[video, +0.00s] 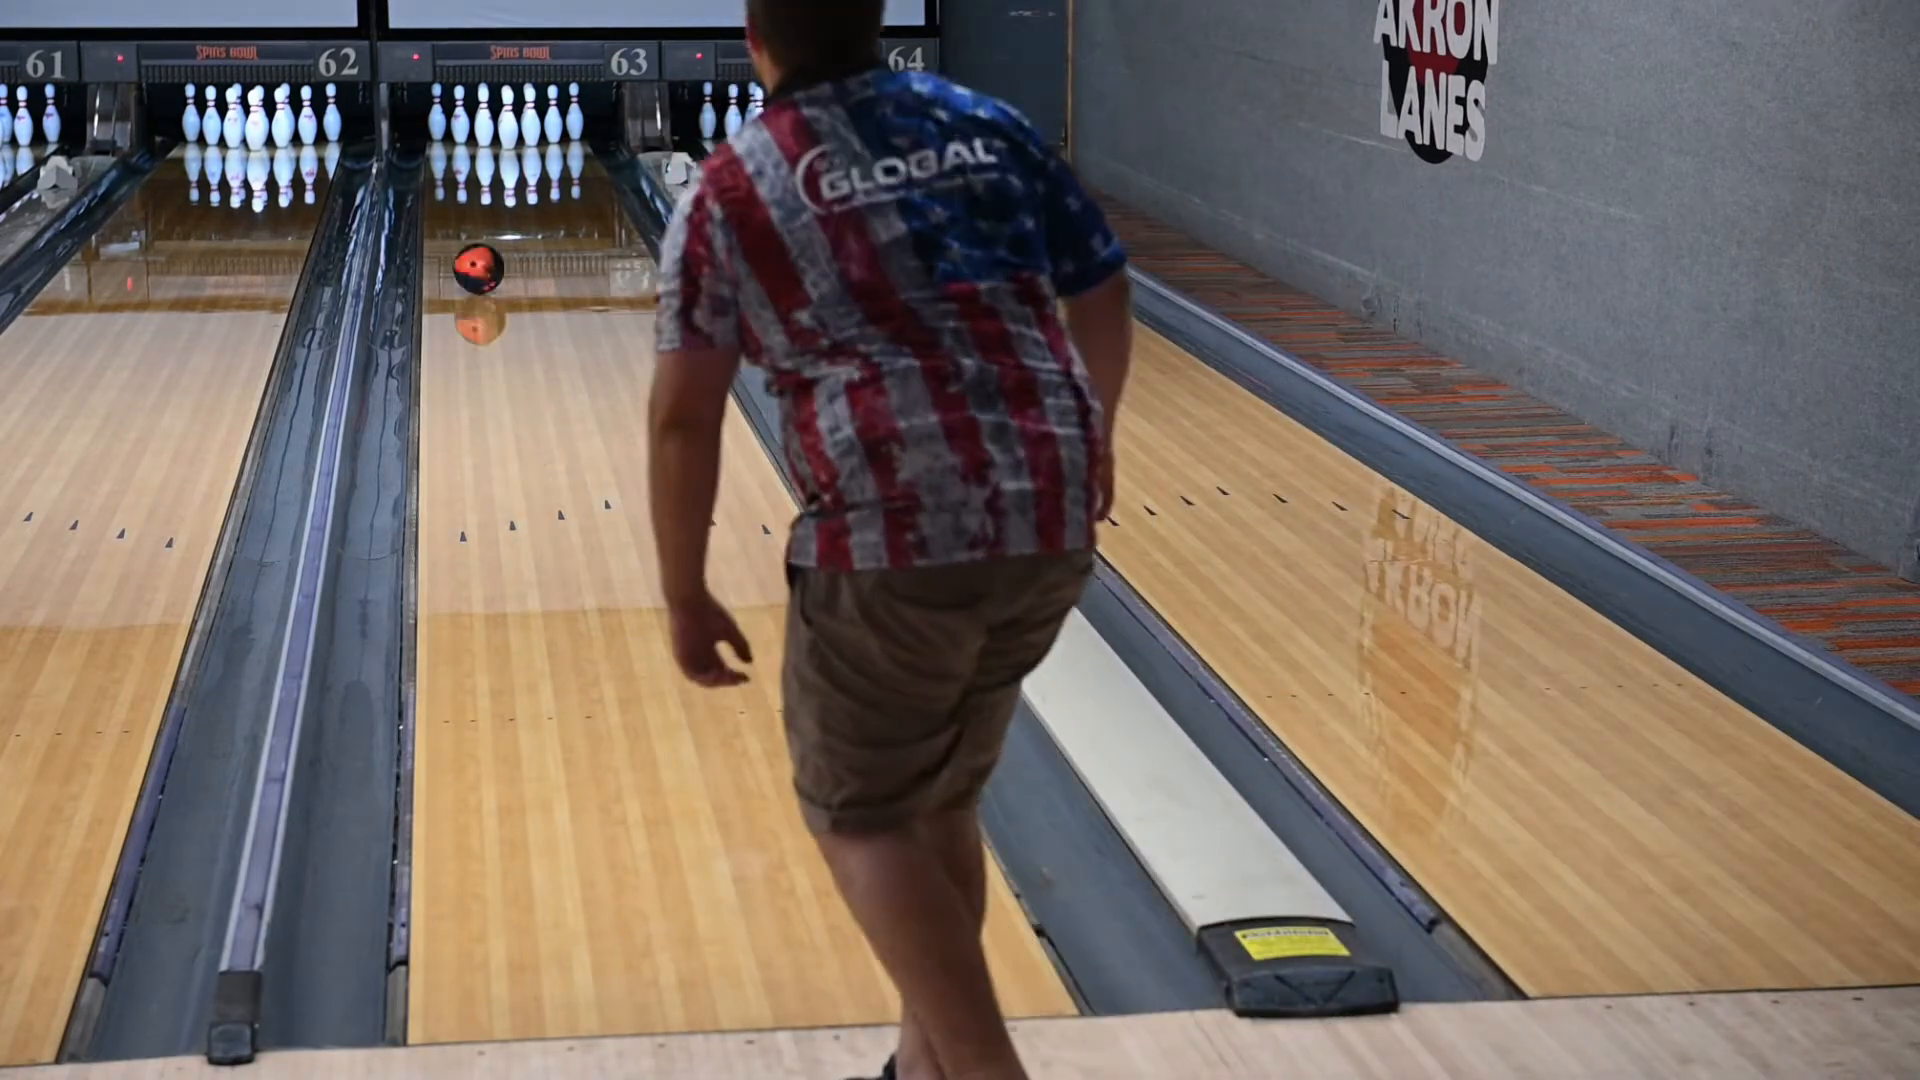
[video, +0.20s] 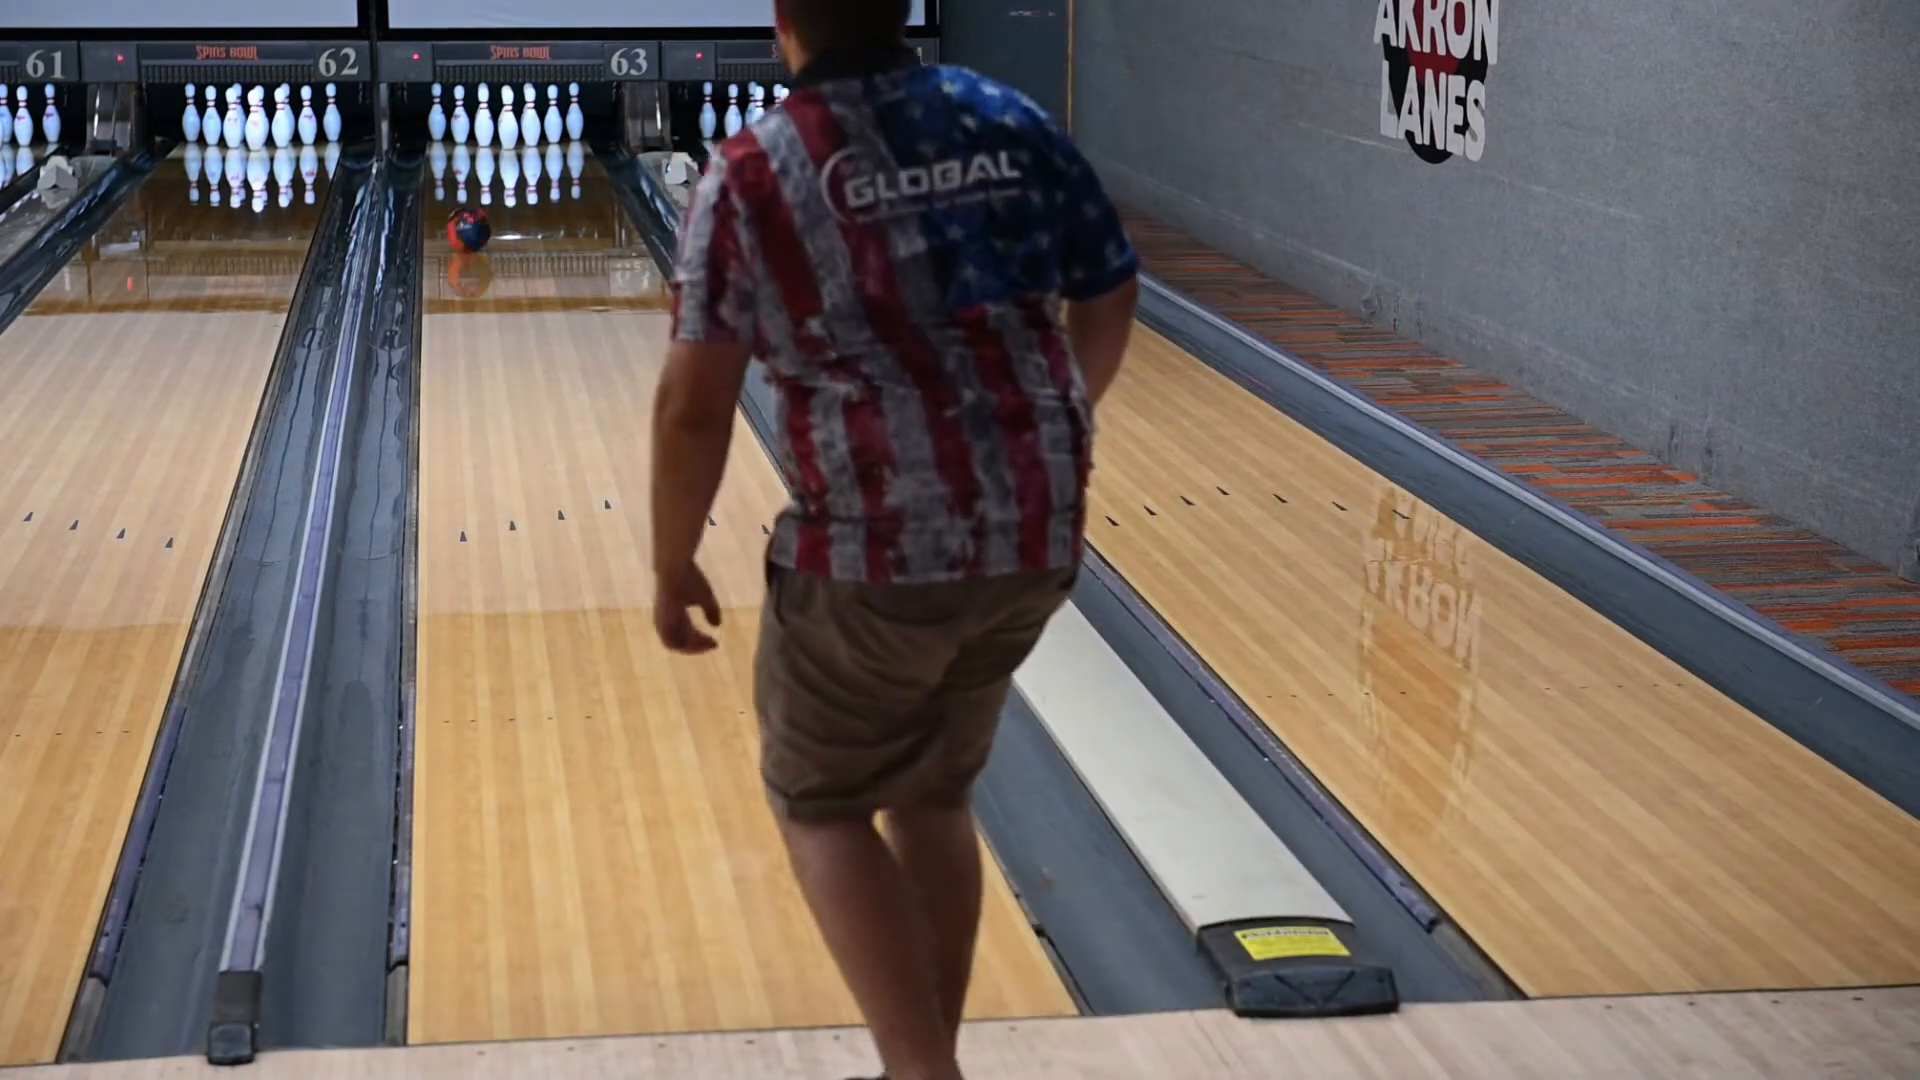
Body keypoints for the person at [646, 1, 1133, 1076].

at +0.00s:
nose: (757, 49)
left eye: (755, 37)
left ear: (759, 45)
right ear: (877, 29)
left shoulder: (733, 185)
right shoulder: (987, 126)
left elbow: (684, 415)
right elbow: (1102, 293)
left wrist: (684, 591)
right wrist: (1089, 443)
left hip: (893, 537)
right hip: (1052, 519)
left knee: (861, 810)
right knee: (948, 799)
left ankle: (988, 1072)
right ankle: (927, 1063)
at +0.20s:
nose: (776, 33)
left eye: (774, 22)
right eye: (787, 22)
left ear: (786, 25)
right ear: (901, 15)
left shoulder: (752, 176)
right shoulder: (1011, 120)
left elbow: (695, 404)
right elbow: (1109, 293)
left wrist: (674, 556)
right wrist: (1057, 421)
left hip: (873, 550)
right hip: (1032, 533)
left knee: (821, 798)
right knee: (937, 794)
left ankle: (920, 1065)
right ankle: (932, 1059)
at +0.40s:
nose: (796, 22)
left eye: (797, 12)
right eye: (806, 12)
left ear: (810, 16)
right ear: (928, 6)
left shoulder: (762, 162)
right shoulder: (1027, 117)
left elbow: (711, 392)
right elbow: (1117, 296)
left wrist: (731, 496)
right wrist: (1062, 423)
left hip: (857, 547)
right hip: (1027, 531)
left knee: (801, 786)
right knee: (943, 790)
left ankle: (887, 1066)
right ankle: (936, 1064)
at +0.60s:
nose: (803, 19)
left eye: (805, 10)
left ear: (818, 10)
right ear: (937, 2)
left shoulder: (759, 147)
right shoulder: (1036, 123)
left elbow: (685, 378)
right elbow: (1120, 302)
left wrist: (779, 395)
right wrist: (1093, 434)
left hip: (835, 548)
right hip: (1014, 535)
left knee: (807, 817)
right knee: (954, 803)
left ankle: (827, 1073)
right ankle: (938, 1067)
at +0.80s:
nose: (801, 20)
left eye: (803, 13)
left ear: (811, 12)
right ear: (937, 8)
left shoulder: (734, 146)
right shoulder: (1022, 136)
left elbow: (644, 364)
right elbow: (1108, 335)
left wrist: (731, 386)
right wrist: (1102, 467)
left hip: (797, 554)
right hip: (984, 552)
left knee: (822, 864)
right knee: (953, 831)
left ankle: (836, 1072)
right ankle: (941, 1071)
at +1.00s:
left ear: (801, 1)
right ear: (930, 4)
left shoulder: (704, 129)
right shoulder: (1009, 130)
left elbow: (618, 344)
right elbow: (1100, 344)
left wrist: (724, 396)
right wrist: (1096, 480)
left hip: (770, 550)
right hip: (973, 552)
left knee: (817, 874)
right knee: (973, 833)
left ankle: (828, 1071)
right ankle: (981, 1070)